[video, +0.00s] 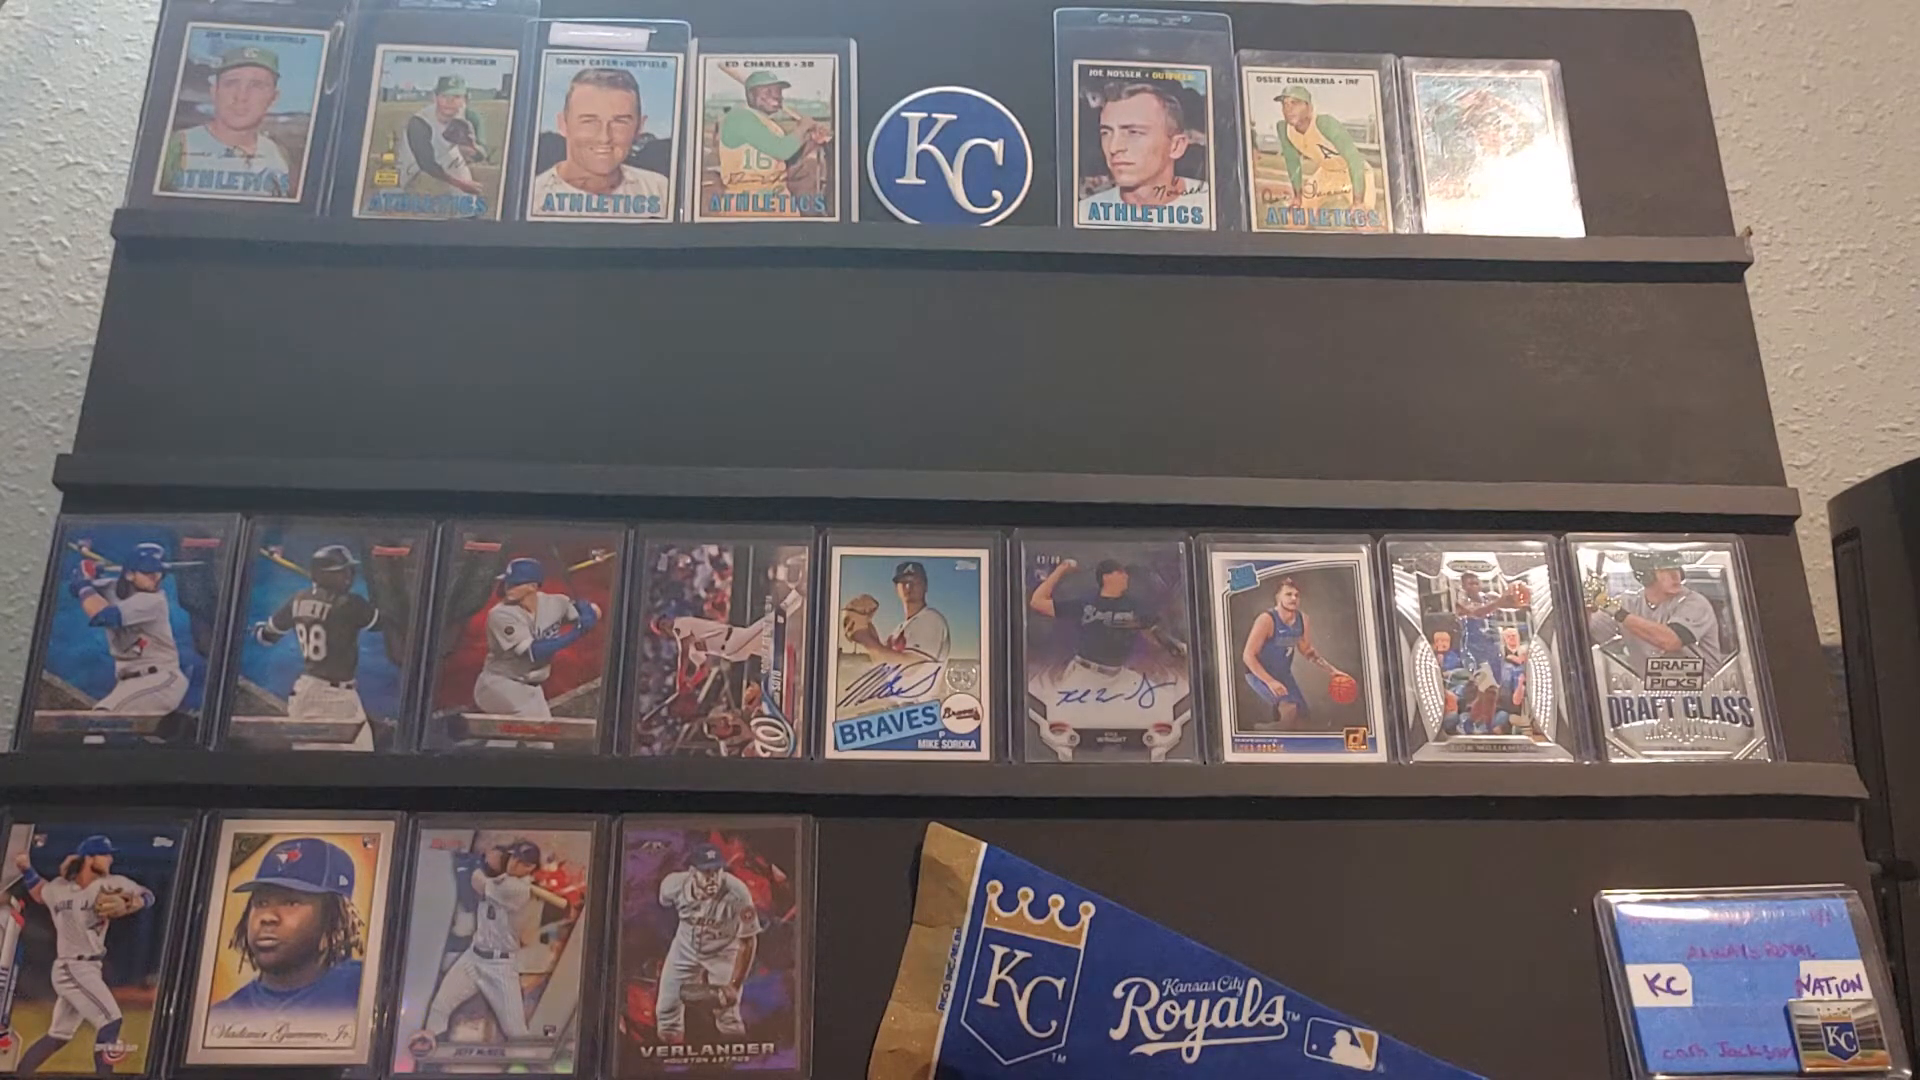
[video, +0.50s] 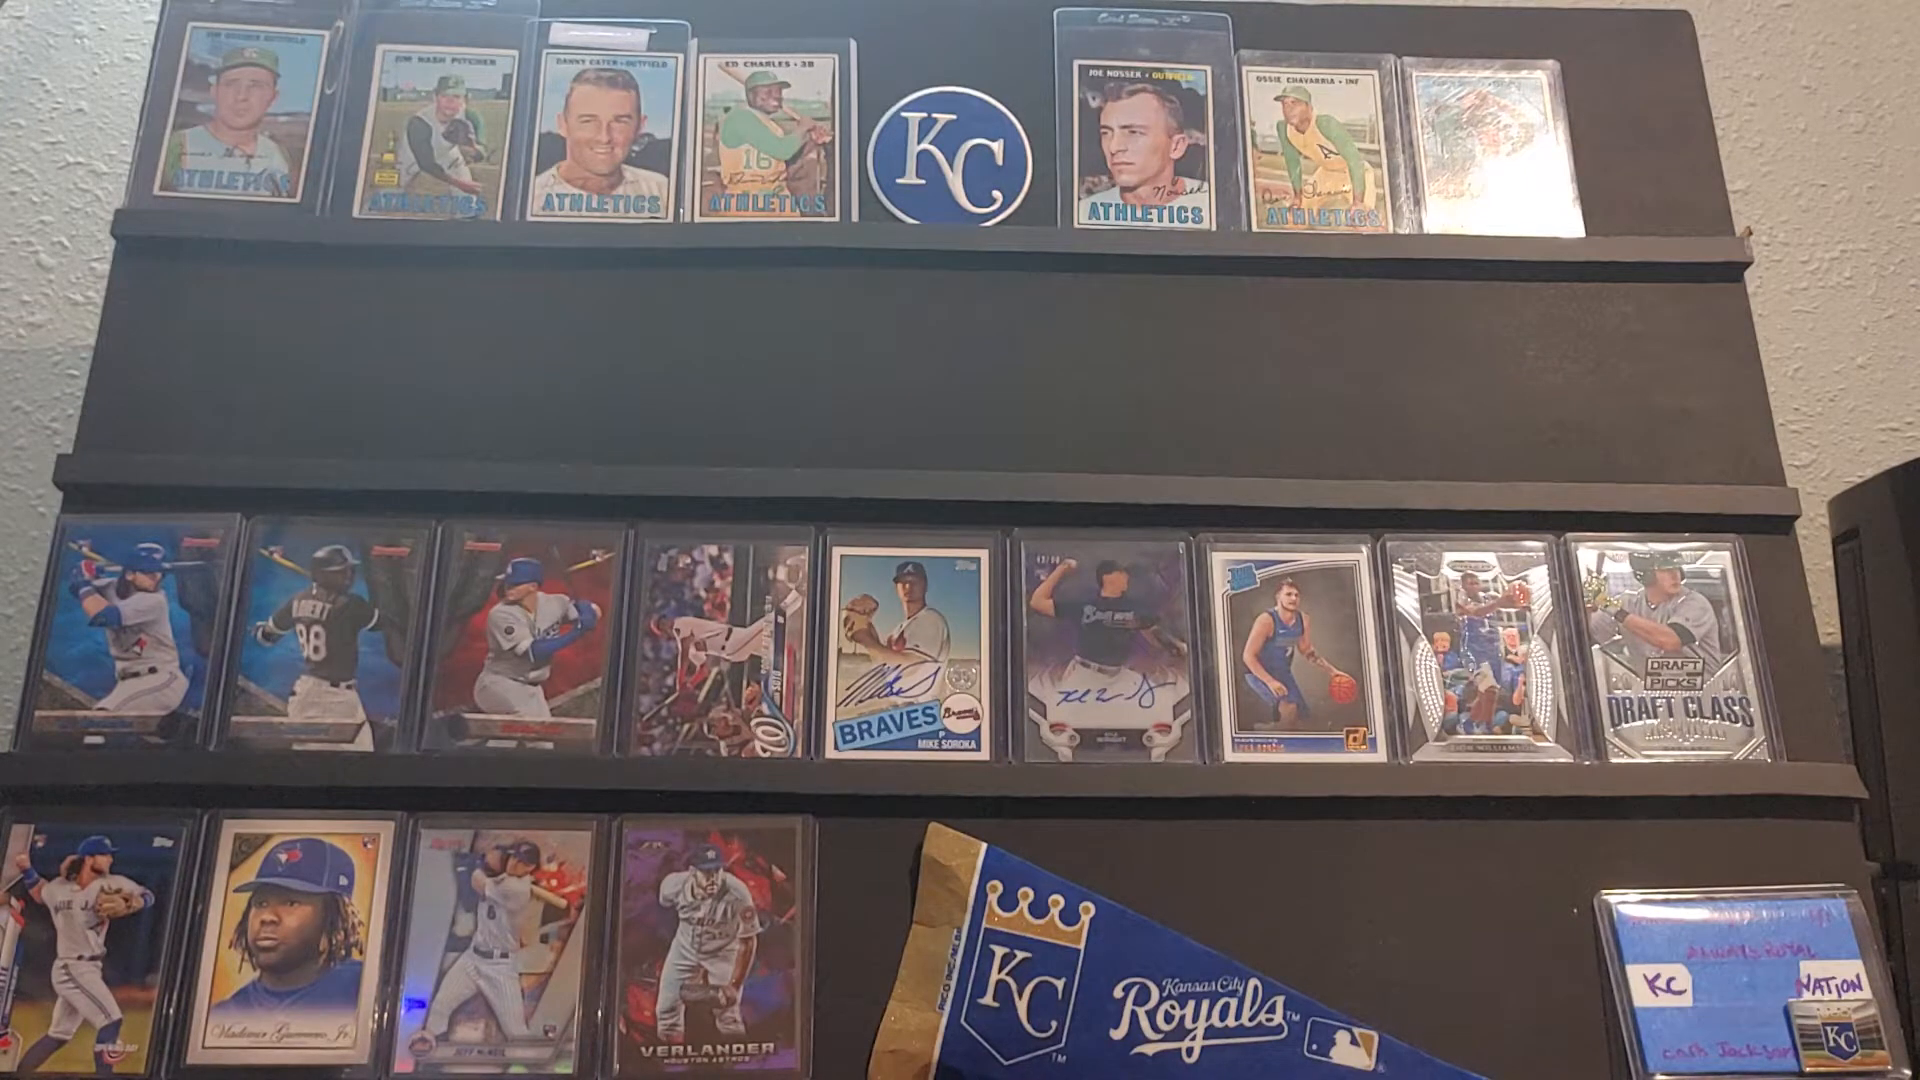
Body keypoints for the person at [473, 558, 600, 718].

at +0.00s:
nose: (507, 588)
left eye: (514, 584)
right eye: (507, 583)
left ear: (532, 586)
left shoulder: (554, 603)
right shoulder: (500, 614)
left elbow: (578, 607)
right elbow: (532, 652)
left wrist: (587, 614)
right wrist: (576, 632)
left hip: (531, 687)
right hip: (496, 684)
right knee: (530, 714)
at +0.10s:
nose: (507, 588)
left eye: (514, 584)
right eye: (507, 583)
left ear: (532, 586)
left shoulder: (554, 603)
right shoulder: (500, 614)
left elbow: (578, 607)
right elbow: (532, 652)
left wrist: (587, 614)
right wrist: (576, 632)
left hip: (531, 687)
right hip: (496, 684)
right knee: (530, 714)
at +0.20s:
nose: (507, 588)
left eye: (514, 584)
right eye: (507, 583)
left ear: (532, 586)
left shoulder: (554, 603)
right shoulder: (500, 614)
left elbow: (578, 607)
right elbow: (532, 652)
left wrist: (587, 614)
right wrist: (576, 632)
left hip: (531, 687)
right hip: (496, 684)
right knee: (530, 714)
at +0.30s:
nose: (507, 589)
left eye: (514, 584)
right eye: (507, 584)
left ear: (533, 586)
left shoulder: (555, 603)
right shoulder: (500, 614)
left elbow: (581, 607)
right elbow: (532, 652)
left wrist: (587, 614)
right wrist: (576, 633)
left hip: (531, 687)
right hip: (497, 684)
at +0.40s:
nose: (508, 588)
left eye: (514, 584)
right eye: (507, 584)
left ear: (533, 586)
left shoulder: (555, 603)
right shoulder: (500, 614)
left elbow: (580, 607)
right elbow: (532, 652)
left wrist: (587, 614)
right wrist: (576, 633)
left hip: (531, 688)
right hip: (497, 684)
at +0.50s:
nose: (508, 588)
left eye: (514, 584)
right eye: (507, 584)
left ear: (533, 586)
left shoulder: (555, 603)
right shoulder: (500, 614)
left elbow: (580, 607)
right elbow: (532, 652)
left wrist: (587, 614)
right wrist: (576, 633)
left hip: (531, 688)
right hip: (497, 684)